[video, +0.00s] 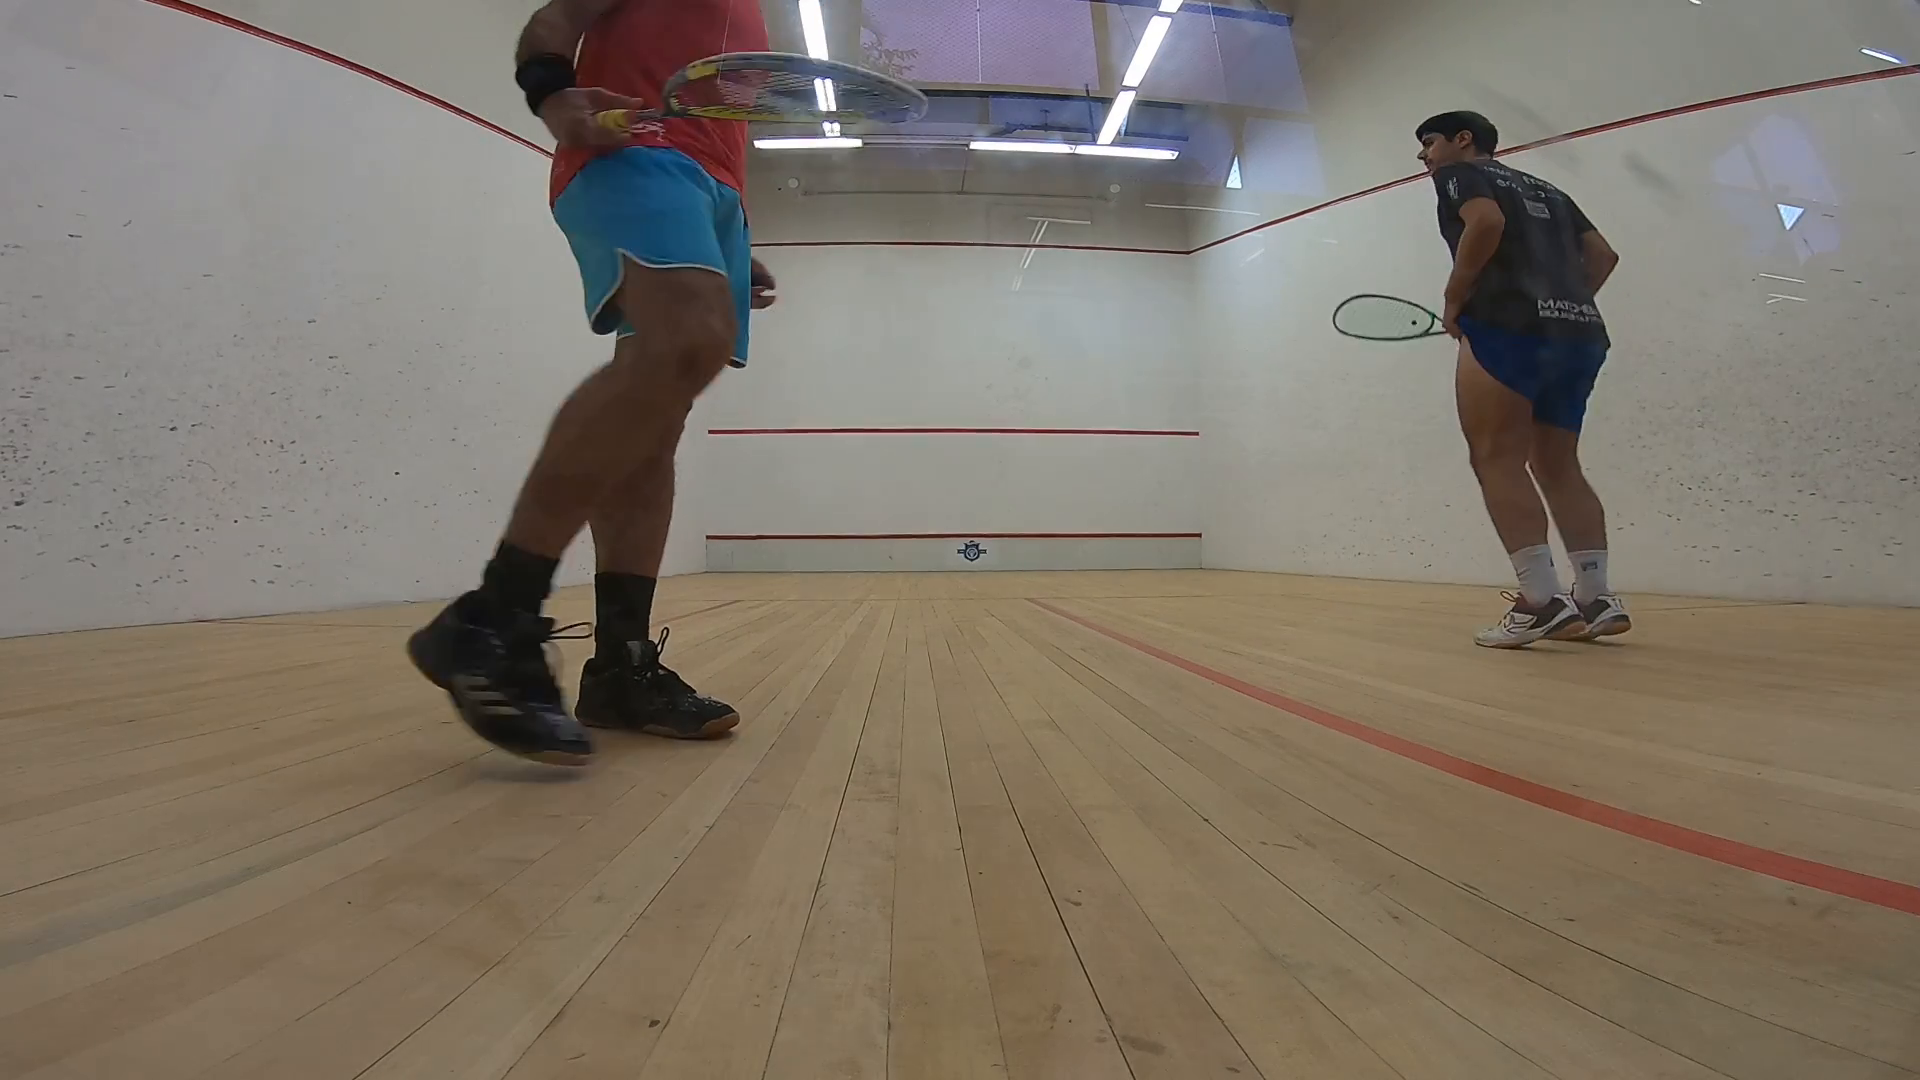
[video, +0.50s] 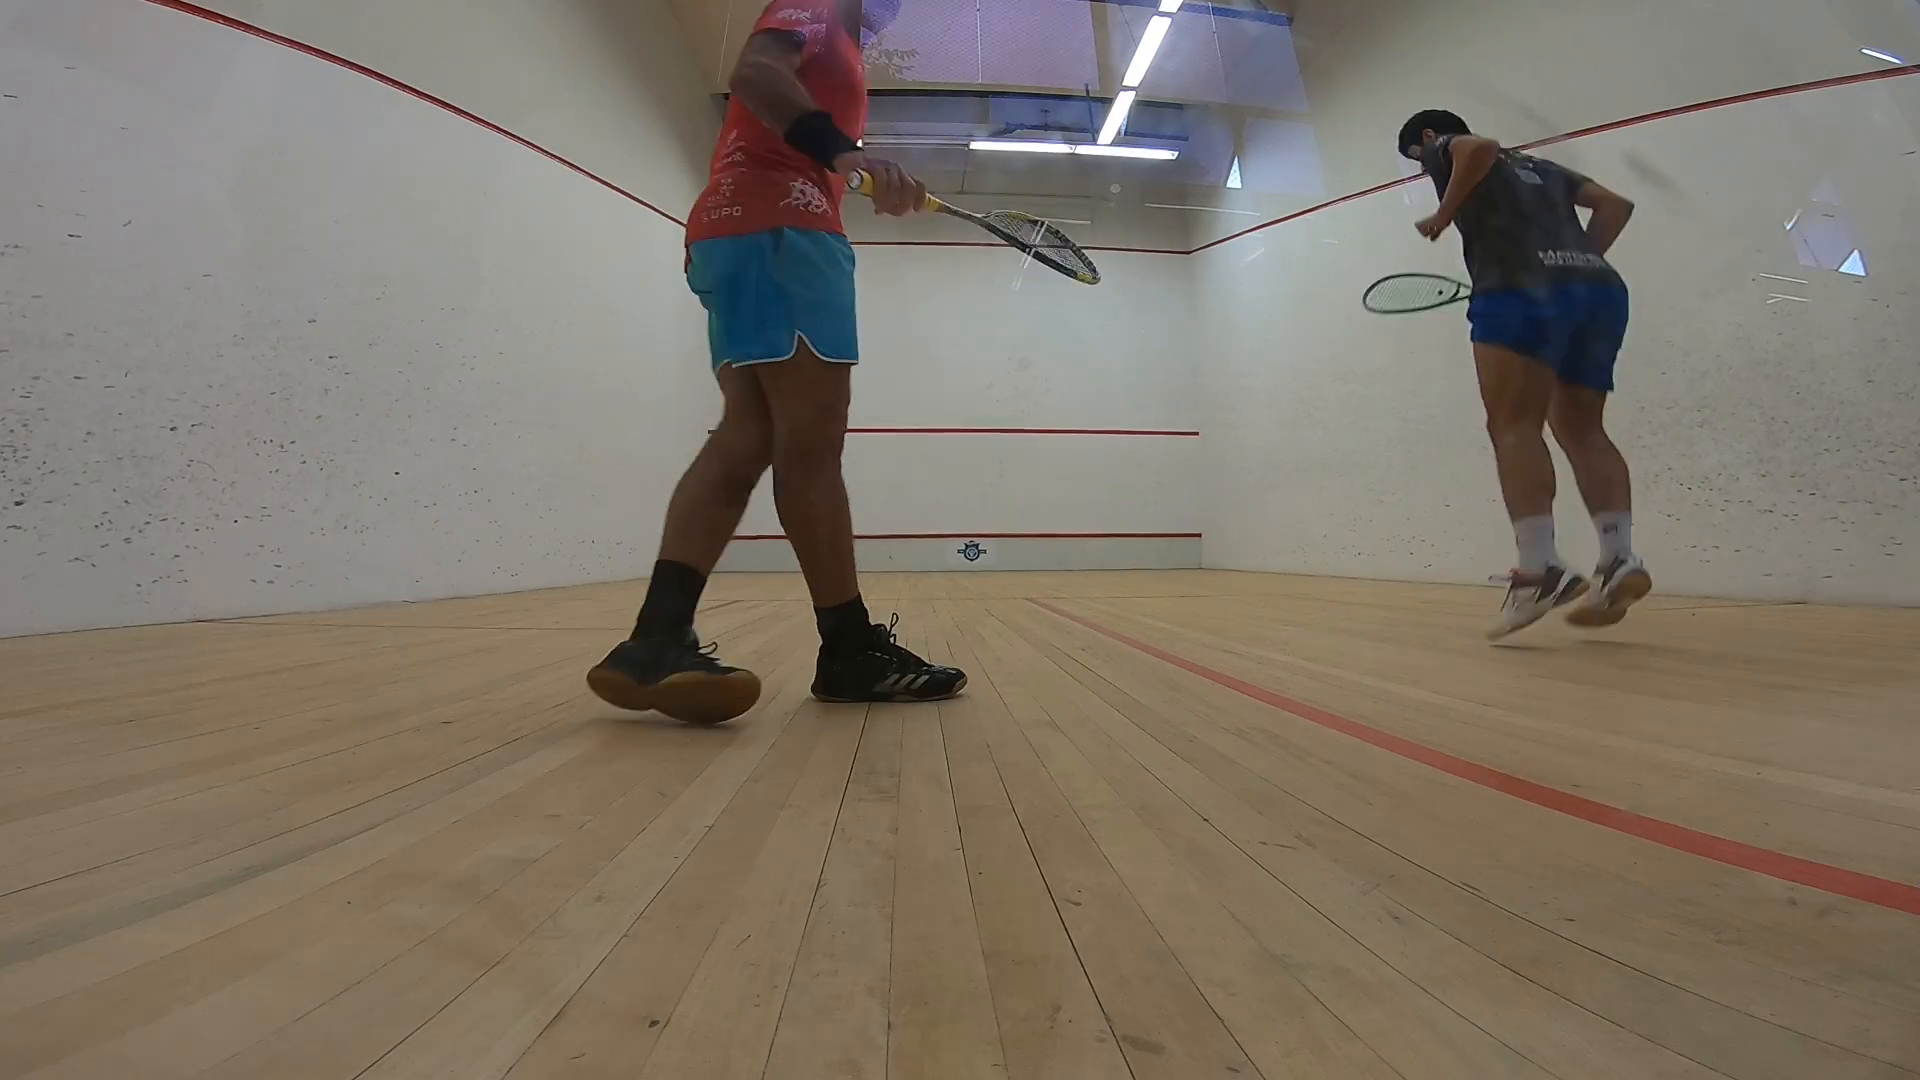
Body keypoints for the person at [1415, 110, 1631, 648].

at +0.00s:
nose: (1423, 154)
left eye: (1429, 144)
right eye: (1423, 147)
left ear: (1463, 140)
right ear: (1478, 144)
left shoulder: (1456, 174)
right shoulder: (1543, 188)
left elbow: (1486, 220)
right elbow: (1601, 255)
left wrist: (1452, 299)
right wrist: (1558, 311)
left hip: (1507, 328)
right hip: (1580, 333)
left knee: (1496, 458)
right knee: (1557, 463)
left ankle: (1539, 600)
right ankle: (1596, 599)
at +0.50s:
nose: (1419, 161)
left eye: (1416, 153)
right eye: (1415, 157)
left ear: (1429, 137)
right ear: (1463, 125)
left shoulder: (1445, 150)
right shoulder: (1535, 165)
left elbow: (1481, 148)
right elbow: (1615, 206)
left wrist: (1442, 214)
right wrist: (1579, 267)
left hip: (1521, 288)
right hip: (1598, 290)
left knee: (1513, 426)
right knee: (1579, 424)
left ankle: (1537, 571)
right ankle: (1620, 562)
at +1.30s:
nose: (1434, 146)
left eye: (1437, 137)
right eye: (1435, 138)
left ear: (1457, 134)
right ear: (1489, 141)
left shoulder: (1451, 159)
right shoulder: (1544, 176)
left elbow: (1478, 194)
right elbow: (1608, 237)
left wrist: (1453, 262)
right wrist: (1585, 297)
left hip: (1517, 307)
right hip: (1593, 309)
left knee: (1506, 439)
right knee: (1574, 439)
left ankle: (1544, 576)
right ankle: (1605, 574)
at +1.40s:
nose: (1439, 169)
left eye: (1442, 160)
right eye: (1440, 161)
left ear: (1463, 158)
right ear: (1496, 161)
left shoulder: (1456, 189)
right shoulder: (1547, 199)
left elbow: (1483, 235)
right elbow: (1610, 263)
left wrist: (1459, 300)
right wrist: (1583, 323)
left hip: (1522, 335)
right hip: (1594, 336)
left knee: (1495, 466)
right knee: (1558, 463)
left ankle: (1531, 594)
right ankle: (1595, 597)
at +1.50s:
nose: (1443, 185)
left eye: (1446, 175)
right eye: (1443, 176)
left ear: (1469, 172)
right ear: (1501, 176)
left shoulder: (1460, 207)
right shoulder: (1553, 216)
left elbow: (1485, 252)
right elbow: (1607, 286)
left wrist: (1463, 323)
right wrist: (1572, 342)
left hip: (1519, 358)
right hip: (1591, 357)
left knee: (1489, 483)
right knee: (1541, 480)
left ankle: (1539, 602)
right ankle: (1589, 605)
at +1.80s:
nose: (1446, 148)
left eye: (1450, 138)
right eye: (1447, 139)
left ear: (1474, 133)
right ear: (1503, 141)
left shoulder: (1462, 170)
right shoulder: (1554, 185)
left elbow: (1484, 219)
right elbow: (1610, 254)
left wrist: (1443, 294)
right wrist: (1579, 303)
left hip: (1507, 318)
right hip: (1581, 320)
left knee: (1492, 451)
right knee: (1553, 451)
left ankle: (1520, 589)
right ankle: (1595, 582)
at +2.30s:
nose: (1464, 168)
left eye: (1467, 158)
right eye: (1464, 158)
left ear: (1488, 151)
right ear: (1521, 158)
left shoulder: (1482, 185)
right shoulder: (1579, 200)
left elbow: (1503, 237)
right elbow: (1643, 269)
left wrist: (1485, 322)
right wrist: (1623, 337)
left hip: (1536, 346)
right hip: (1613, 348)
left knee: (1518, 475)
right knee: (1597, 474)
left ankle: (1556, 605)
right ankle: (1660, 603)